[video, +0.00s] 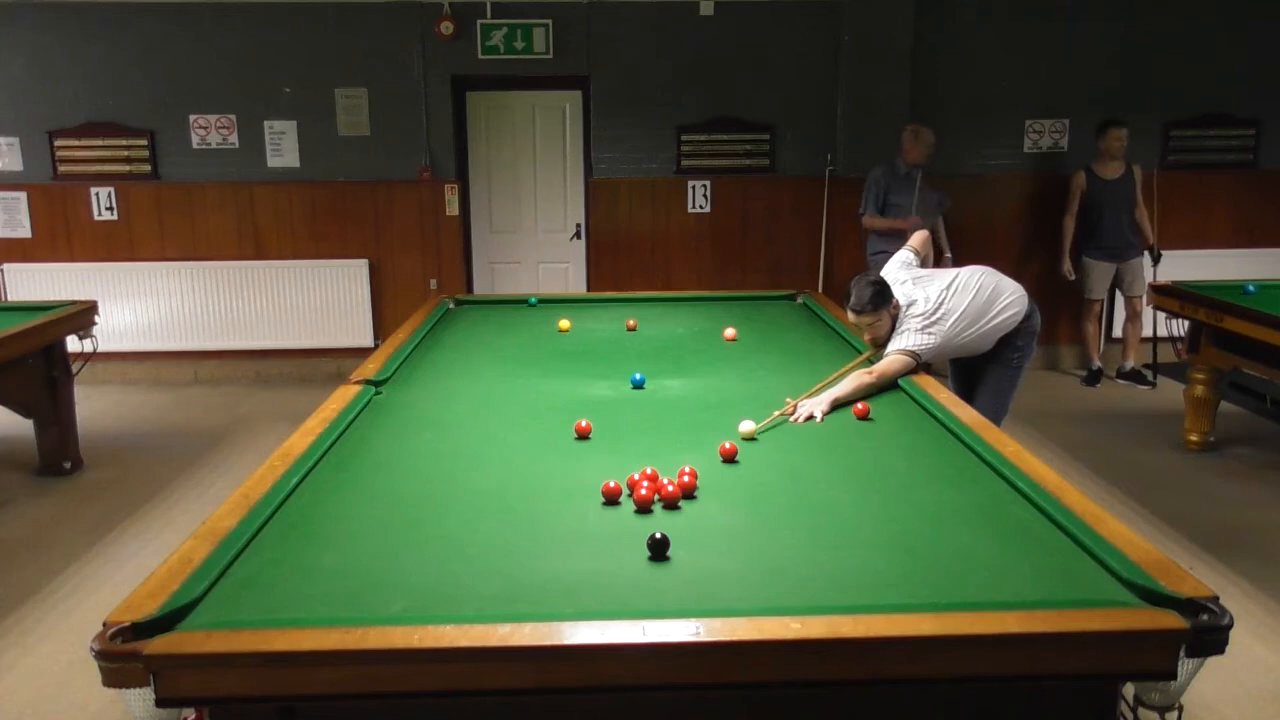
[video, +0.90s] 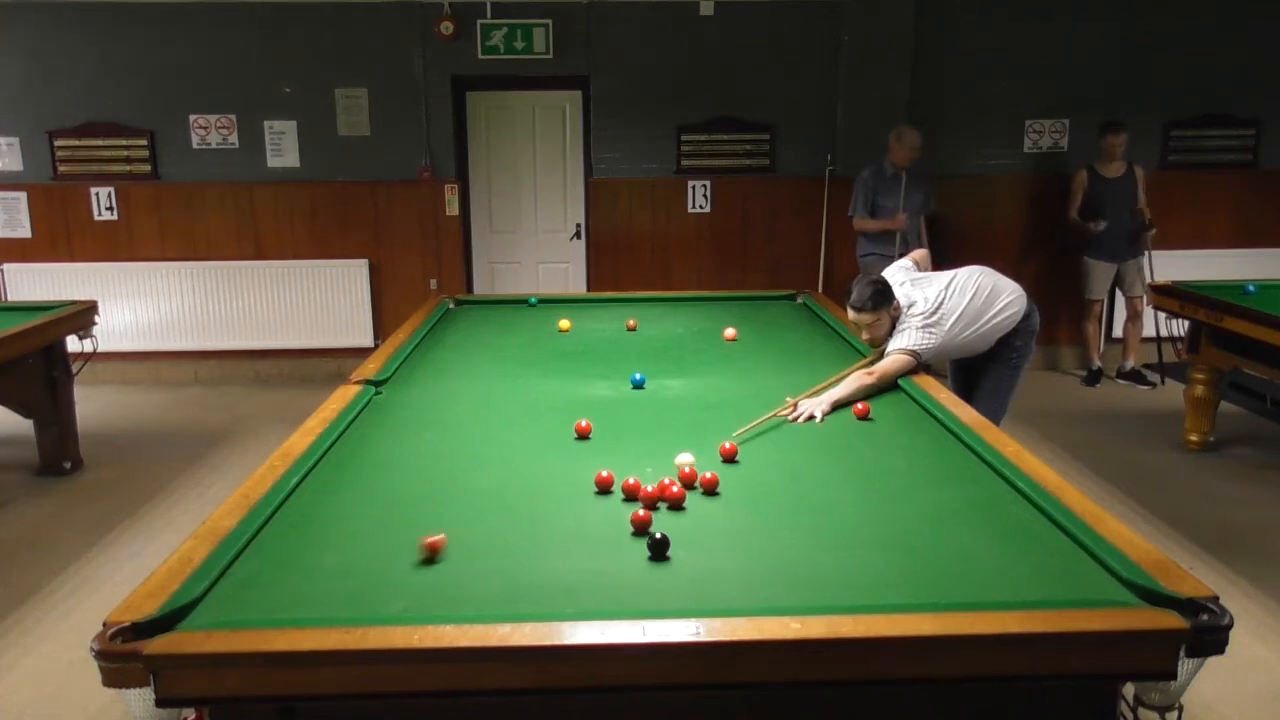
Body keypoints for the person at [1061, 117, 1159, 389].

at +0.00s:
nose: (1121, 144)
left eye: (1124, 139)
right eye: (1116, 139)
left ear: (1127, 142)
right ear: (1101, 142)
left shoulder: (1133, 171)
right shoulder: (1083, 176)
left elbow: (1139, 209)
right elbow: (1070, 217)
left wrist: (1151, 242)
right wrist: (1066, 256)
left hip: (1130, 253)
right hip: (1096, 254)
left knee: (1135, 310)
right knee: (1093, 310)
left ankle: (1127, 366)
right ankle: (1094, 365)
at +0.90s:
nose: (1117, 151)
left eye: (1121, 145)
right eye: (1113, 145)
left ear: (1126, 145)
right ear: (1102, 144)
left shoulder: (1134, 172)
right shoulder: (1085, 175)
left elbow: (1141, 207)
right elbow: (1072, 214)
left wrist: (1147, 226)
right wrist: (1086, 227)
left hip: (1130, 252)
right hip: (1098, 253)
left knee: (1136, 310)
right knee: (1094, 311)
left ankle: (1128, 366)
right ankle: (1094, 365)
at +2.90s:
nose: (1121, 147)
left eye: (1124, 142)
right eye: (1116, 141)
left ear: (1129, 143)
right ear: (1104, 141)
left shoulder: (1135, 172)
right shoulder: (1087, 174)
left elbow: (1146, 212)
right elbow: (1082, 215)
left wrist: (1132, 196)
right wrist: (1105, 192)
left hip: (1130, 251)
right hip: (1098, 251)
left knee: (1135, 309)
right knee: (1093, 309)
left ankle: (1128, 366)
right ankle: (1094, 364)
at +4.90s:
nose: (1117, 142)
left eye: (1121, 137)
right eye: (1112, 137)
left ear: (1128, 140)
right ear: (1104, 140)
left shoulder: (1138, 171)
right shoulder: (1089, 172)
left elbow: (1146, 211)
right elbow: (1082, 214)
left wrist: (1130, 196)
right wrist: (1105, 191)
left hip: (1131, 250)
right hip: (1099, 250)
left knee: (1135, 309)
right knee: (1093, 309)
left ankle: (1128, 366)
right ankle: (1094, 365)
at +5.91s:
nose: (1124, 145)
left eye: (1128, 140)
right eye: (1118, 139)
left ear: (1132, 142)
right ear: (1106, 140)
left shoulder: (1138, 171)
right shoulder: (1089, 172)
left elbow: (1147, 211)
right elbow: (1083, 214)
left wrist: (1131, 197)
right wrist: (1107, 191)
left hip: (1132, 251)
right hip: (1099, 251)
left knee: (1136, 309)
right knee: (1094, 310)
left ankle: (1128, 366)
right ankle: (1094, 365)